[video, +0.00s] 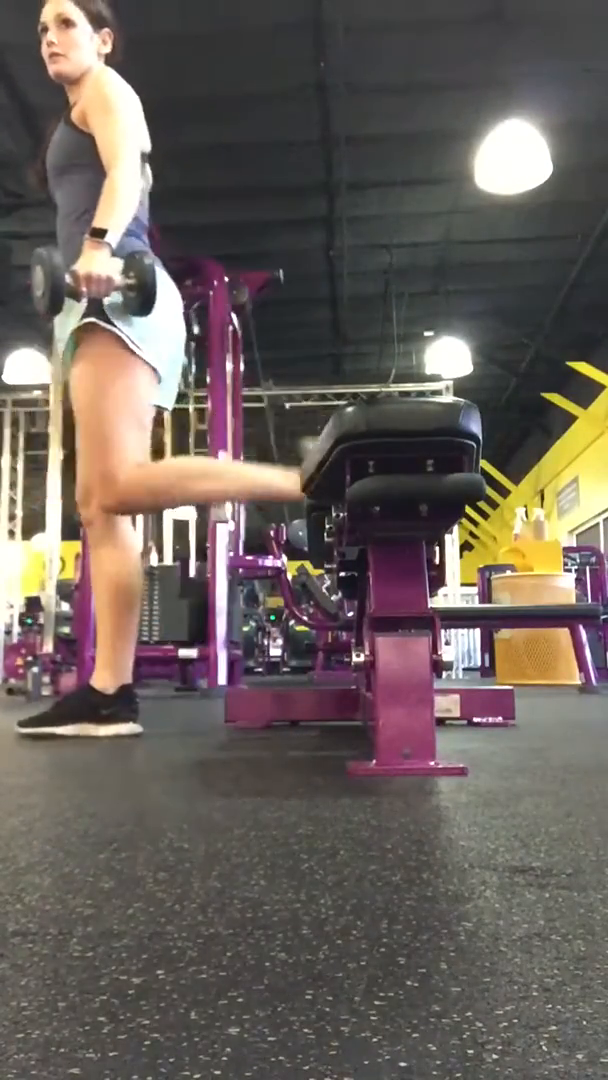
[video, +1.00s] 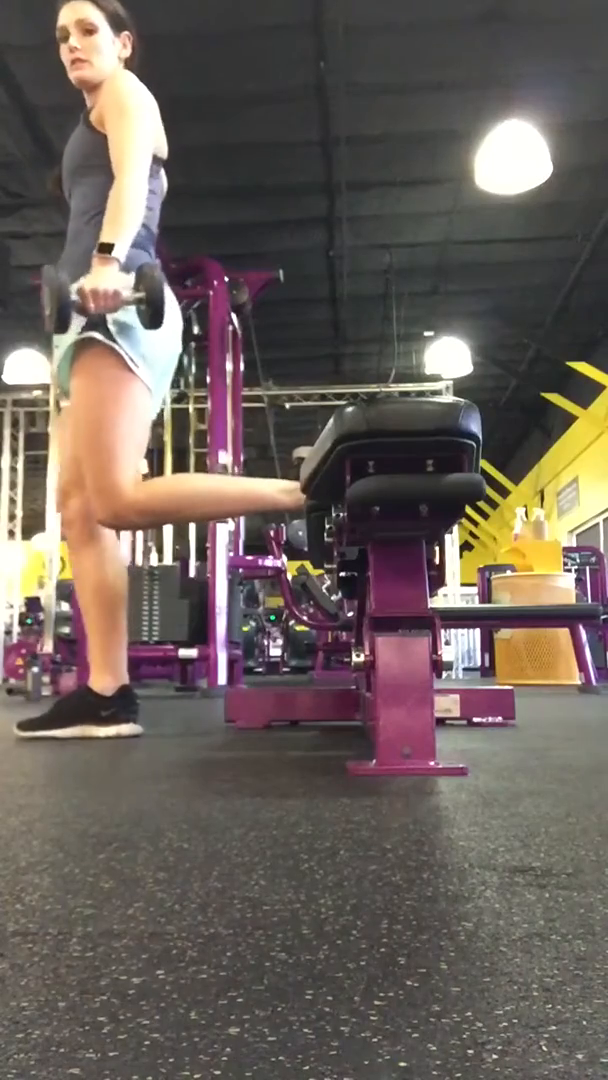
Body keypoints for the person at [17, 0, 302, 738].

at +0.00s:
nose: (49, 38)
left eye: (64, 25)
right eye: (43, 30)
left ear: (102, 38)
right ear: (44, 45)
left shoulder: (105, 88)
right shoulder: (84, 107)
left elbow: (127, 167)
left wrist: (99, 244)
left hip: (122, 294)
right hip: (101, 301)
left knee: (119, 483)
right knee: (98, 505)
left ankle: (309, 483)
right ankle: (109, 690)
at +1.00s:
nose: (72, 45)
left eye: (86, 31)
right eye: (63, 37)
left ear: (123, 43)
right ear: (63, 53)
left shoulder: (124, 92)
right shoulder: (101, 114)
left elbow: (131, 181)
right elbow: (108, 213)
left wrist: (109, 262)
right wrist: (70, 277)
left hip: (126, 306)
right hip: (96, 316)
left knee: (115, 498)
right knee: (78, 510)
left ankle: (301, 491)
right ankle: (107, 691)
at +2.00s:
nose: (51, 68)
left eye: (61, 53)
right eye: (48, 58)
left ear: (101, 51)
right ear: (91, 57)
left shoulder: (113, 93)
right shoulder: (101, 120)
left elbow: (119, 161)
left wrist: (103, 238)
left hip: (113, 293)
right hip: (98, 301)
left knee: (117, 475)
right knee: (71, 499)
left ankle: (310, 486)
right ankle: (85, 689)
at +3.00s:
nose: (46, 89)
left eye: (52, 73)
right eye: (45, 78)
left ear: (84, 65)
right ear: (103, 71)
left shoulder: (91, 90)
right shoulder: (121, 138)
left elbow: (119, 148)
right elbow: (138, 253)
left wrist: (72, 228)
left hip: (104, 296)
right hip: (110, 309)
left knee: (123, 467)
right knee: (51, 498)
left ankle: (314, 486)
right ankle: (77, 682)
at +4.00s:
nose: (12, 69)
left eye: (21, 55)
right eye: (16, 57)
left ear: (52, 54)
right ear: (63, 59)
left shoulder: (54, 105)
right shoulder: (82, 134)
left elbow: (63, 195)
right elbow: (95, 251)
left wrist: (34, 284)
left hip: (74, 316)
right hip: (72, 323)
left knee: (118, 501)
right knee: (12, 511)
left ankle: (304, 496)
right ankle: (36, 689)